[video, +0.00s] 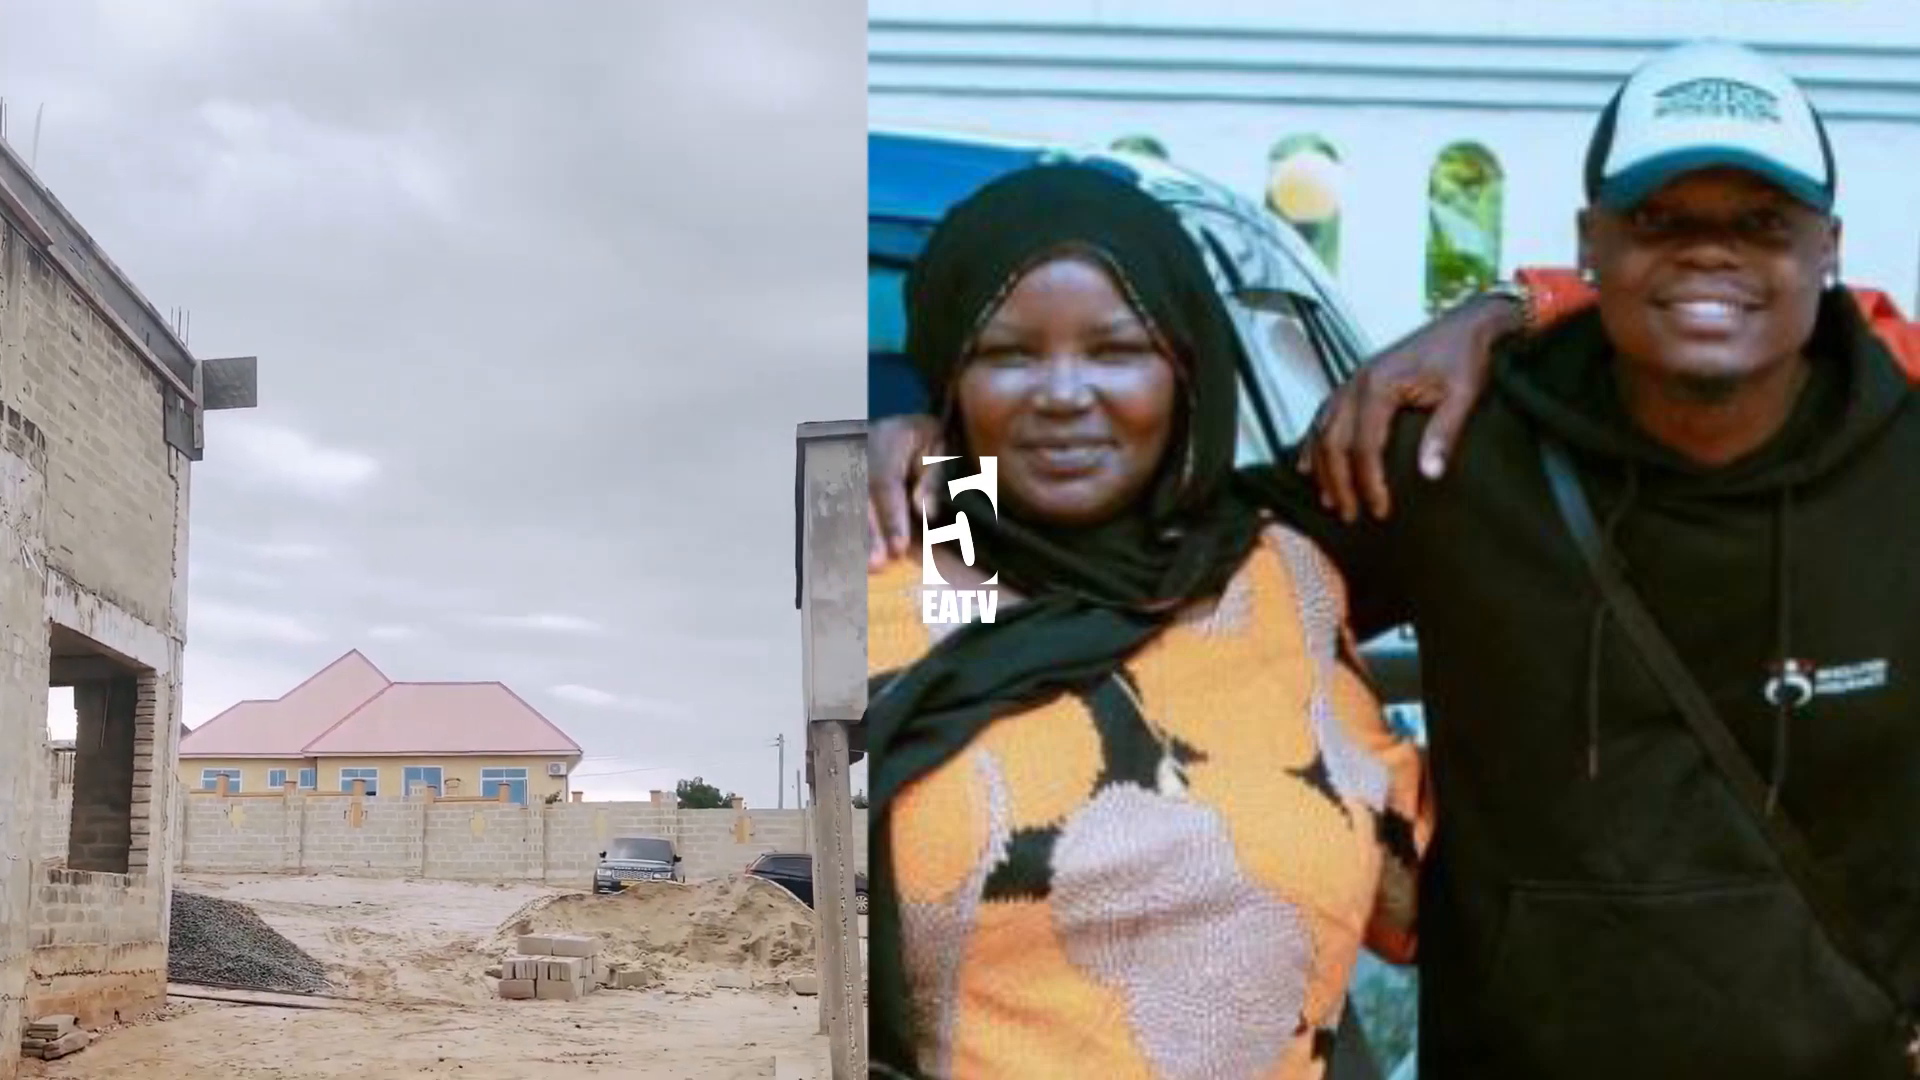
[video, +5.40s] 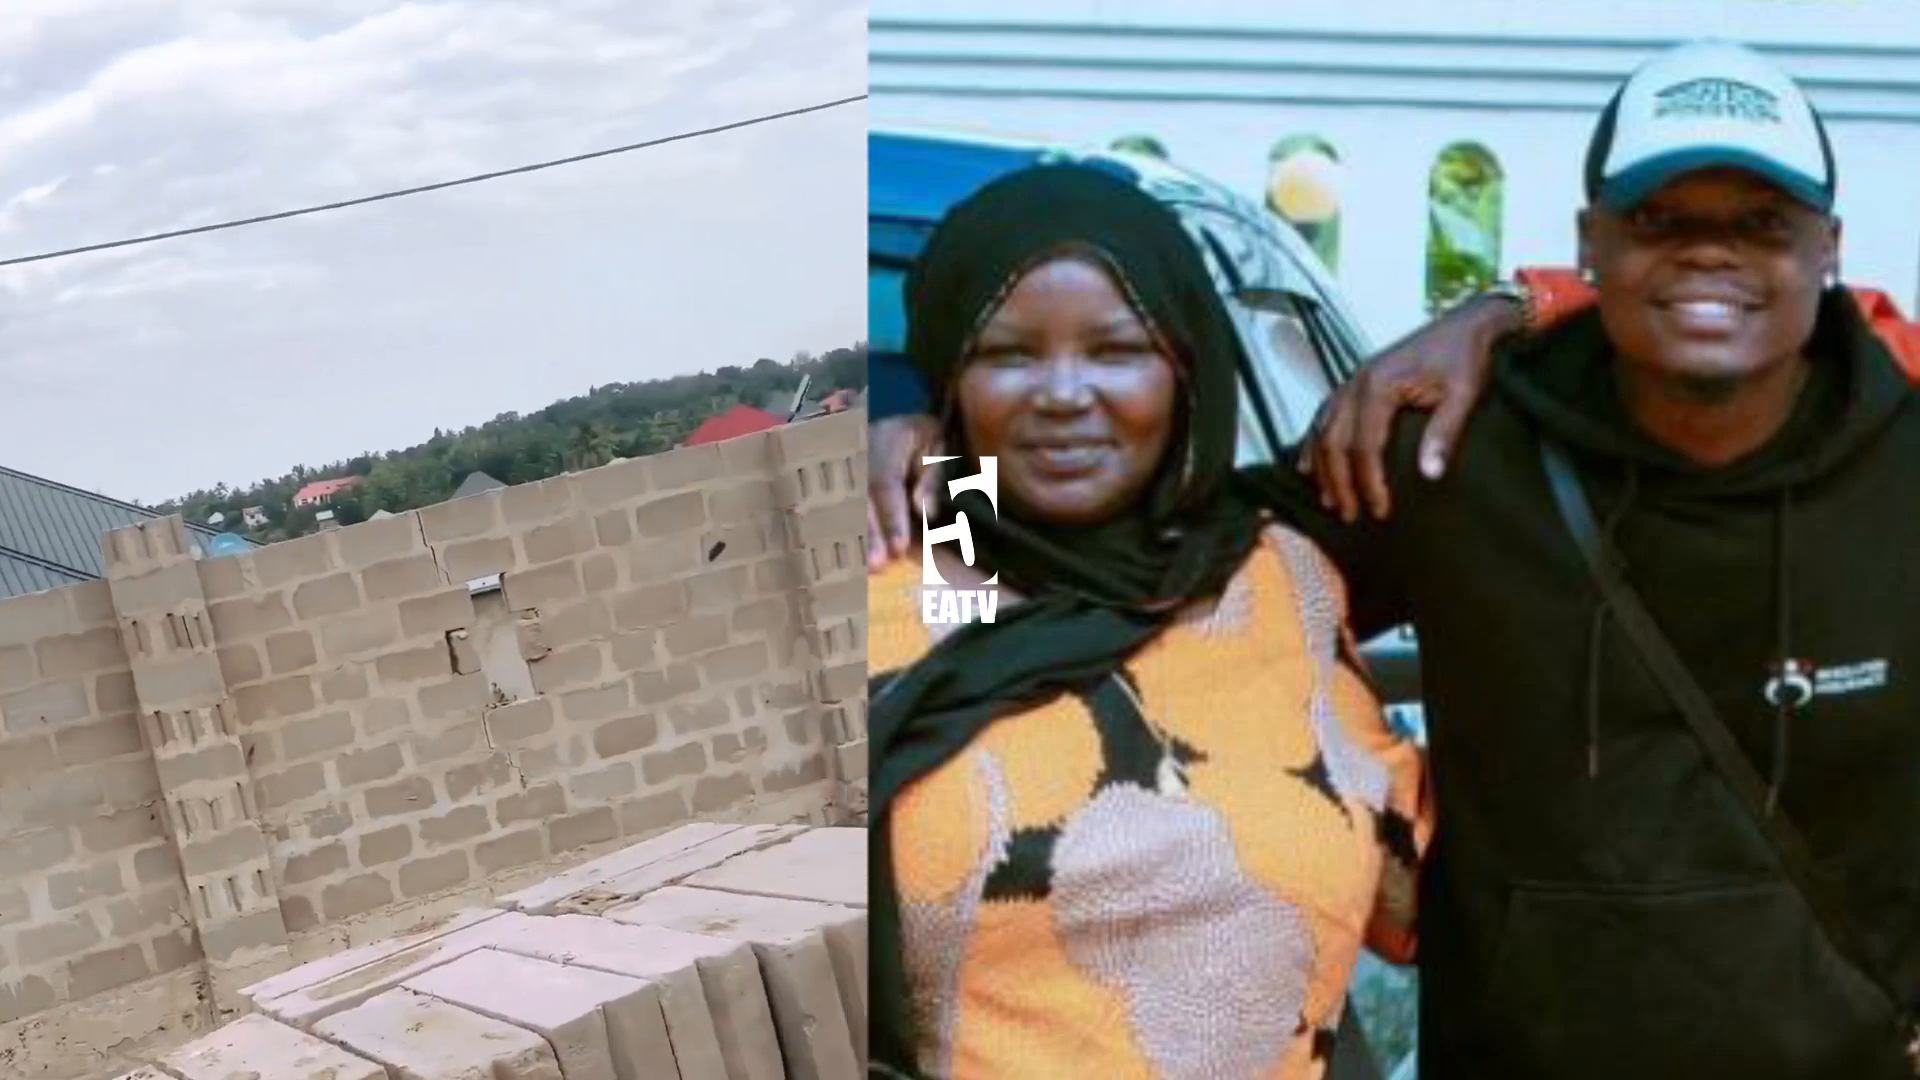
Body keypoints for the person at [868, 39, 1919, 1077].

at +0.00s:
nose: (1706, 251)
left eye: (1757, 219)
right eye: (1664, 214)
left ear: (1825, 251)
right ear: (1594, 241)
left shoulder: (1898, 446)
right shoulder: (1463, 449)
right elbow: (1174, 558)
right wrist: (960, 463)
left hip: (1849, 1038)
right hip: (1535, 1044)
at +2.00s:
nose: (1707, 252)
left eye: (1757, 220)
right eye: (1665, 215)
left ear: (1825, 251)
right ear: (1595, 242)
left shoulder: (1898, 442)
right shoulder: (1465, 447)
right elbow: (1174, 558)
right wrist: (955, 452)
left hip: (1848, 1037)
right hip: (1535, 1043)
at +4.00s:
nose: (1707, 251)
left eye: (1757, 219)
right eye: (1664, 214)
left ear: (1826, 250)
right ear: (1594, 241)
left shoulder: (1898, 445)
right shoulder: (1463, 449)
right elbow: (1172, 557)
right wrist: (962, 459)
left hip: (1850, 1038)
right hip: (1536, 1045)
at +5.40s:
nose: (1706, 251)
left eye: (1757, 219)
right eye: (1664, 215)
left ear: (1825, 250)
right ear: (1594, 241)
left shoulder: (1898, 446)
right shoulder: (1462, 449)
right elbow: (1174, 561)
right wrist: (960, 465)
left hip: (1849, 1039)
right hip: (1536, 1045)